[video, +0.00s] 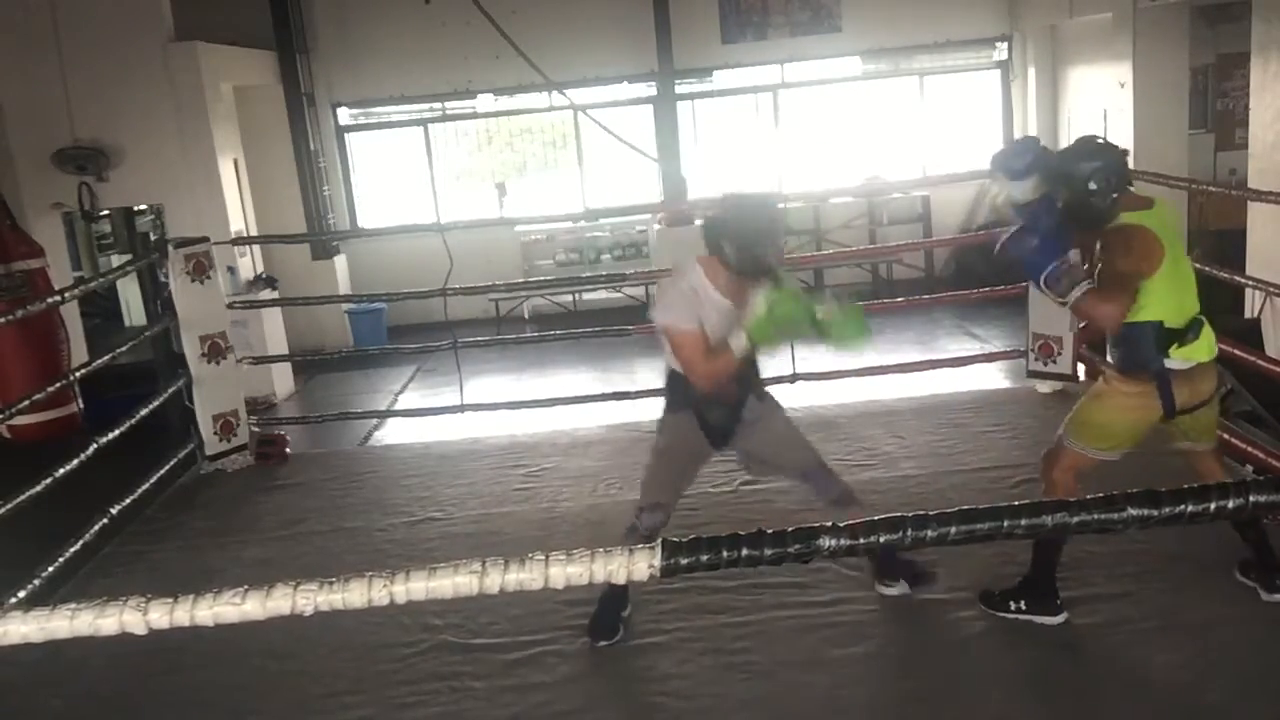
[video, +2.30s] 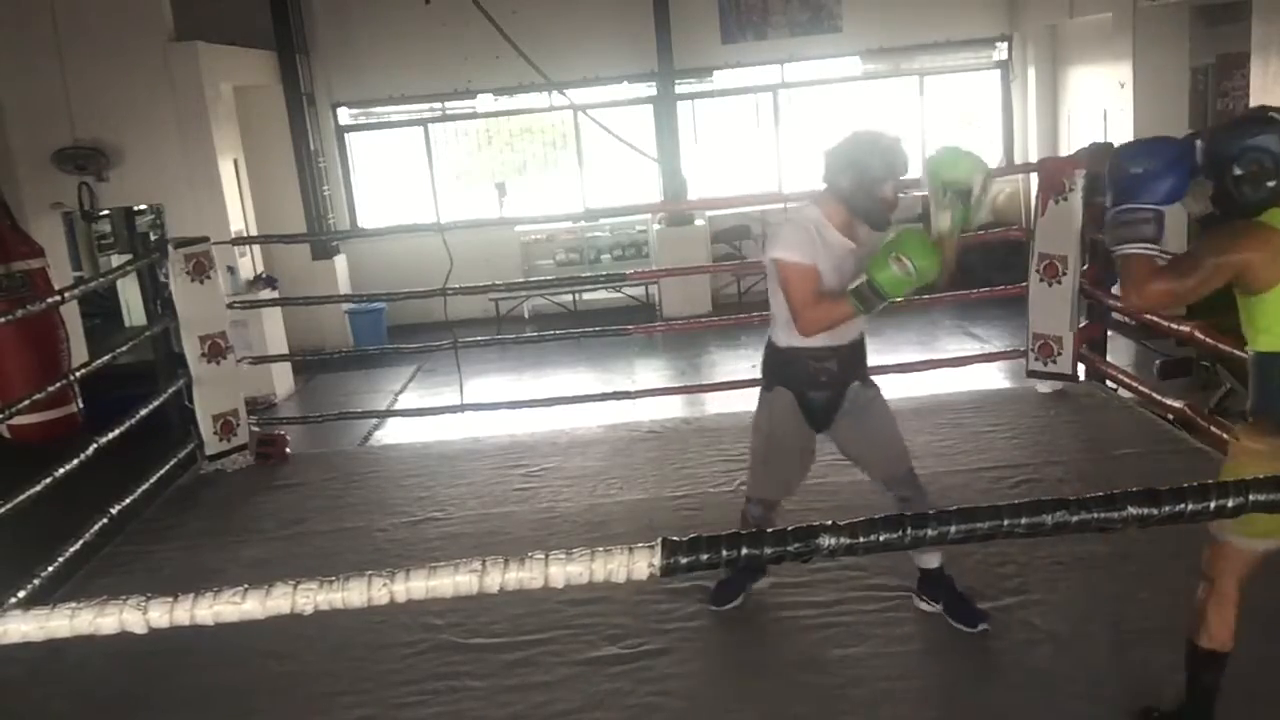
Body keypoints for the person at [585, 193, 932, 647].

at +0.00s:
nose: (774, 255)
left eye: (775, 244)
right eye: (767, 245)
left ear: (752, 247)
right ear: (734, 246)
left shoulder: (759, 283)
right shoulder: (676, 296)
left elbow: (791, 318)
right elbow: (703, 377)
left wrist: (824, 324)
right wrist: (757, 334)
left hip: (748, 403)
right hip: (689, 414)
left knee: (820, 475)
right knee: (652, 513)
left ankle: (884, 560)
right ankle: (614, 599)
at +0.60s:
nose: (783, 218)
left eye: (783, 207)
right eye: (777, 207)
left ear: (746, 209)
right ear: (751, 209)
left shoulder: (755, 263)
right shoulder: (700, 272)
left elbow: (763, 321)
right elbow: (743, 348)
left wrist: (799, 291)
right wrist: (795, 308)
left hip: (752, 395)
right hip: (703, 404)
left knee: (829, 470)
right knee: (674, 519)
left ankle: (893, 561)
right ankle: (616, 599)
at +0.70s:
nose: (805, 246)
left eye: (807, 236)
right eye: (804, 237)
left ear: (771, 219)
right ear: (788, 228)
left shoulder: (762, 264)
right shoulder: (747, 267)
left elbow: (790, 327)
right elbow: (791, 339)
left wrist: (826, 289)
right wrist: (825, 297)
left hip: (761, 401)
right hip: (721, 404)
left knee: (836, 484)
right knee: (693, 522)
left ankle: (902, 568)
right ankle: (617, 593)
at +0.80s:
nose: (841, 238)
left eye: (842, 228)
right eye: (837, 228)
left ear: (789, 226)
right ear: (816, 231)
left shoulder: (762, 266)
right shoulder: (787, 274)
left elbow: (819, 333)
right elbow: (838, 334)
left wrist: (846, 287)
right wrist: (855, 282)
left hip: (774, 411)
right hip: (738, 415)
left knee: (855, 483)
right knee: (725, 540)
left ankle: (908, 570)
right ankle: (626, 579)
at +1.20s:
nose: (828, 244)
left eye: (832, 233)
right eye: (824, 233)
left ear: (799, 230)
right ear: (792, 227)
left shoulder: (801, 274)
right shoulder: (748, 278)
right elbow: (791, 355)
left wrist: (859, 256)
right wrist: (833, 309)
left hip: (786, 414)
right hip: (737, 419)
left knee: (874, 478)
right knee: (714, 540)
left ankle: (909, 571)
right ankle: (621, 595)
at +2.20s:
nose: (879, 197)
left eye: (880, 186)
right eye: (869, 186)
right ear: (833, 186)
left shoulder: (851, 239)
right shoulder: (782, 241)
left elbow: (844, 300)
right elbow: (800, 326)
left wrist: (903, 278)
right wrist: (869, 300)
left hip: (840, 376)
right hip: (783, 384)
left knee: (893, 477)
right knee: (745, 493)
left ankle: (933, 576)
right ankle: (692, 565)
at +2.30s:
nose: (898, 194)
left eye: (900, 183)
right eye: (891, 183)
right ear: (855, 180)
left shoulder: (874, 233)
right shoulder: (793, 233)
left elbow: (934, 276)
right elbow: (807, 319)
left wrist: (950, 216)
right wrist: (876, 288)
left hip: (850, 380)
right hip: (789, 384)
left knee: (904, 481)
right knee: (761, 497)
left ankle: (932, 579)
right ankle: (748, 563)